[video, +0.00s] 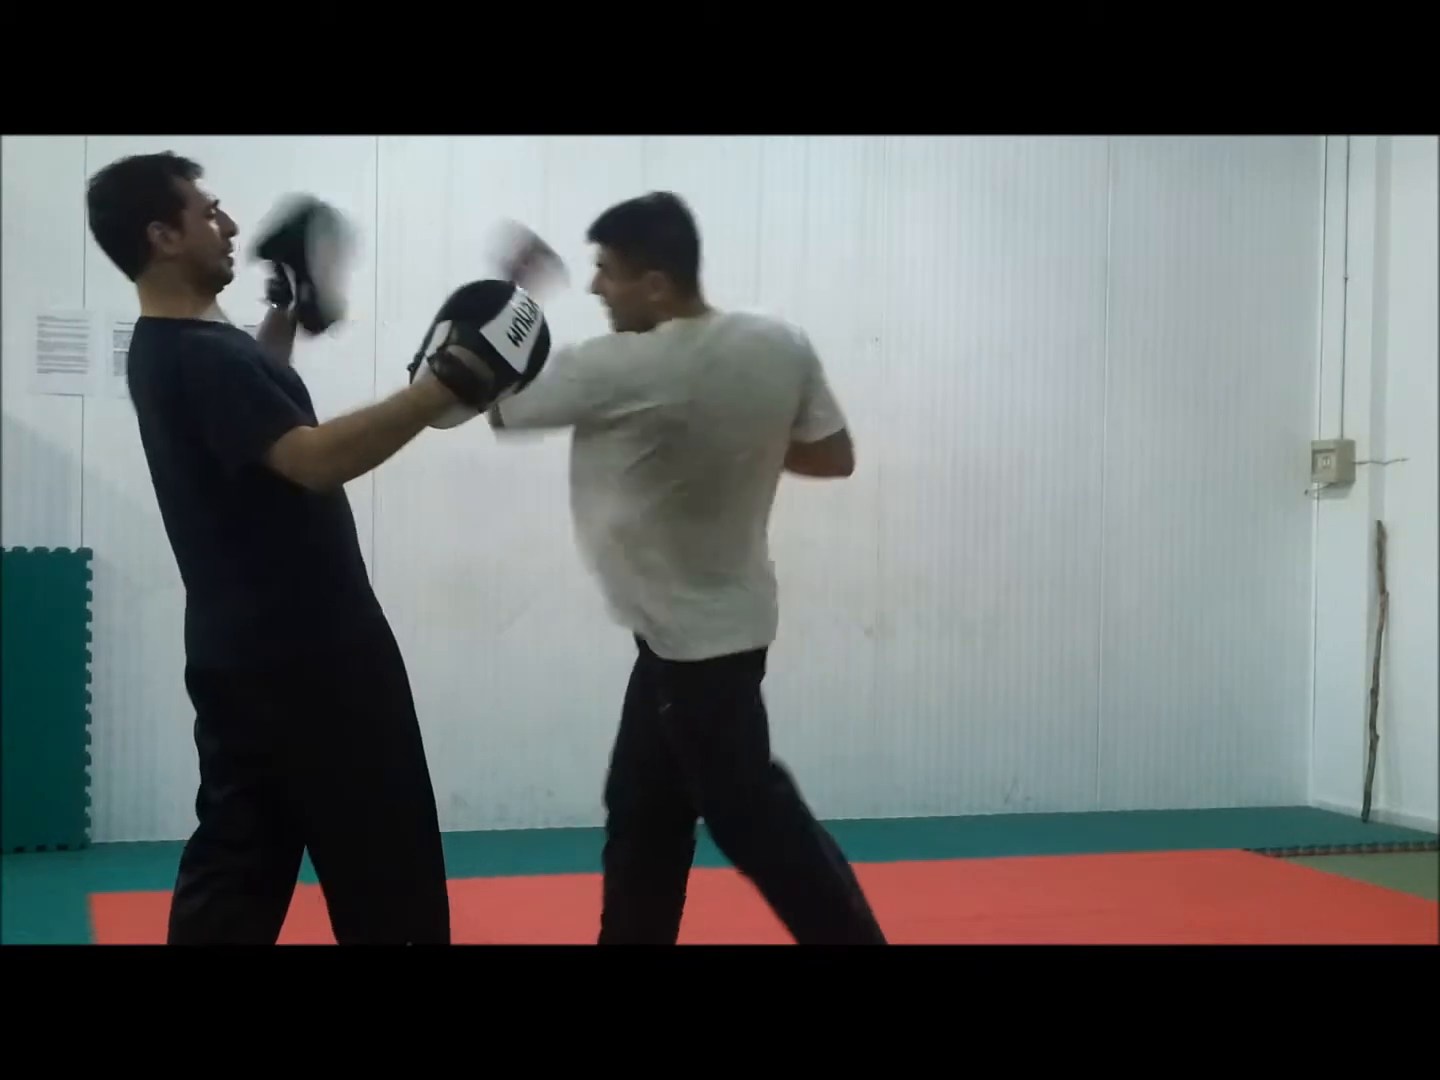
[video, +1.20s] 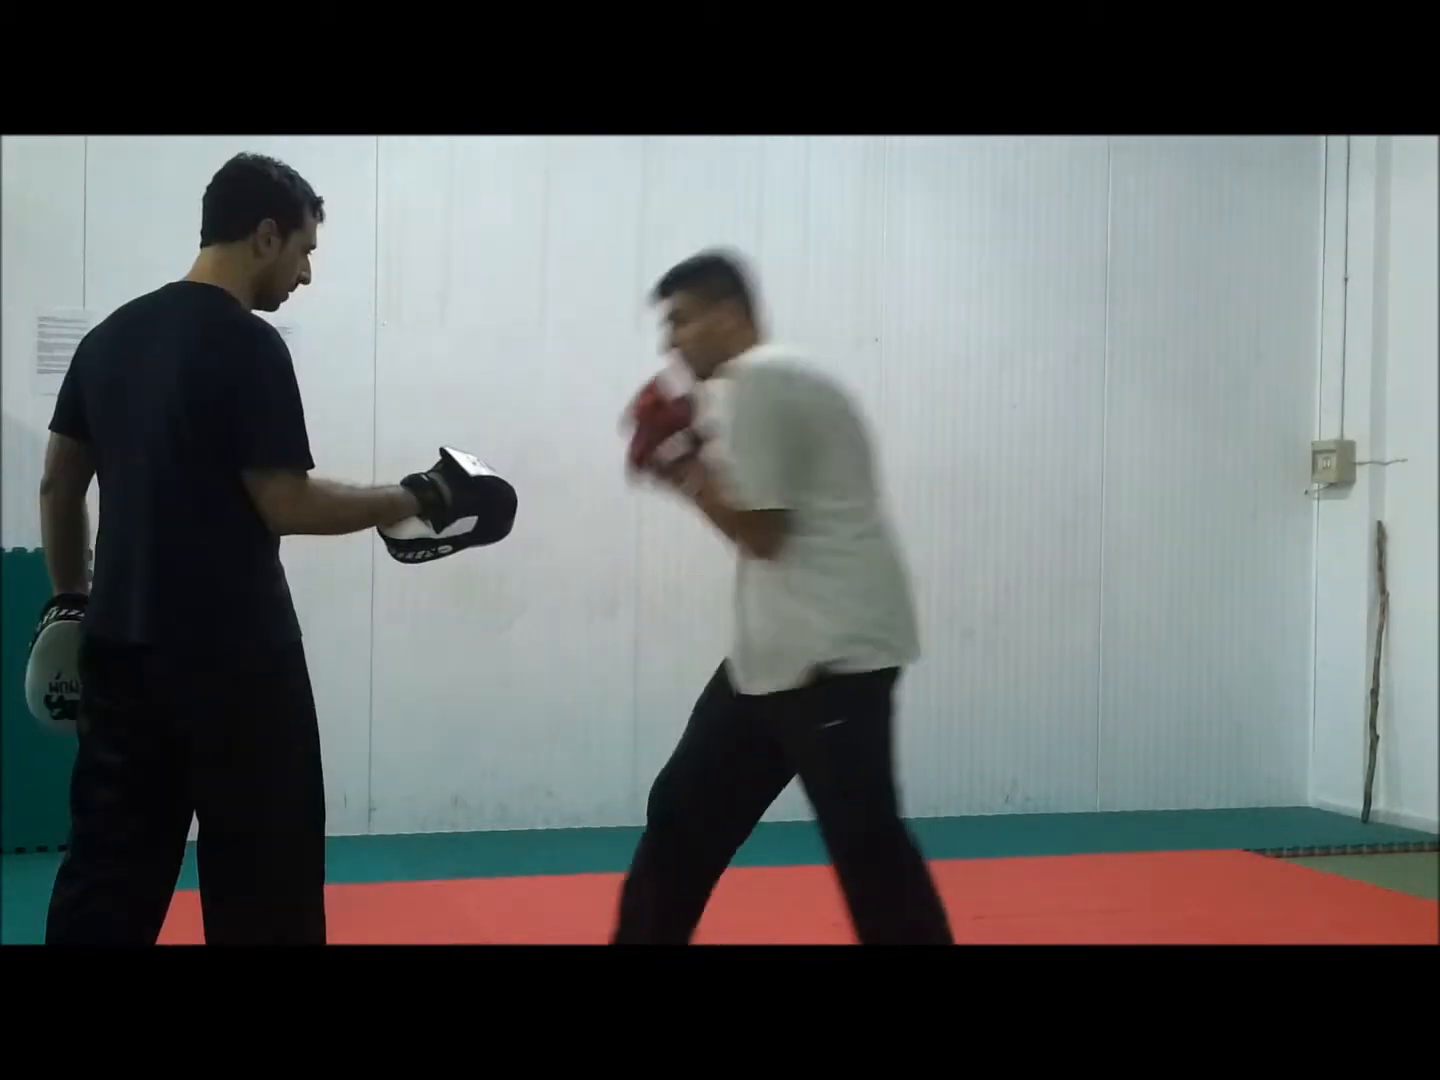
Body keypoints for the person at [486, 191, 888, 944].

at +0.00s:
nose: (596, 284)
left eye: (608, 270)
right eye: (599, 268)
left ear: (656, 280)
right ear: (668, 277)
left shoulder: (616, 366)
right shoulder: (778, 347)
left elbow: (491, 400)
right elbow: (834, 456)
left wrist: (510, 294)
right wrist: (735, 438)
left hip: (690, 638)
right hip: (729, 624)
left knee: (752, 818)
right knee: (643, 817)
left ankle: (851, 939)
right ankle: (632, 943)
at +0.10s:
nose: (580, 300)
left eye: (594, 281)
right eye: (581, 283)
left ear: (648, 284)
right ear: (659, 287)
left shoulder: (612, 386)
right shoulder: (756, 360)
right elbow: (821, 471)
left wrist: (541, 401)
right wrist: (729, 490)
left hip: (683, 649)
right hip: (736, 635)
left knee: (725, 825)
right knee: (614, 809)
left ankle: (843, 942)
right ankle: (625, 945)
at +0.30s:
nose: (668, 293)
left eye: (685, 276)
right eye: (662, 276)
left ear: (728, 281)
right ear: (656, 281)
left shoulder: (784, 381)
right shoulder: (654, 365)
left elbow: (743, 518)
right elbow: (673, 467)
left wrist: (728, 396)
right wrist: (589, 463)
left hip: (756, 652)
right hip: (651, 649)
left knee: (796, 849)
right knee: (594, 845)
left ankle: (857, 942)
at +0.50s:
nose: (789, 316)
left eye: (813, 302)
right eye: (783, 295)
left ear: (855, 310)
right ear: (773, 291)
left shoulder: (869, 399)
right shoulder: (721, 358)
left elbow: (844, 538)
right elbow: (604, 426)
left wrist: (846, 427)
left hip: (806, 659)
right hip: (687, 648)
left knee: (854, 839)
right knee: (638, 850)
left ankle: (894, 946)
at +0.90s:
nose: (778, 218)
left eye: (798, 202)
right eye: (773, 202)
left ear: (851, 211)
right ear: (770, 210)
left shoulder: (913, 323)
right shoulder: (745, 304)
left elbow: (951, 462)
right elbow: (712, 408)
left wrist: (861, 396)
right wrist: (721, 437)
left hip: (864, 603)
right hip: (752, 593)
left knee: (881, 812)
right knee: (717, 790)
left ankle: (904, 942)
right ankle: (717, 938)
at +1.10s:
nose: (735, 317)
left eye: (750, 298)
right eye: (731, 300)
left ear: (803, 296)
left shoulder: (876, 387)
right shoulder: (770, 396)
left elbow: (849, 535)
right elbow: (758, 533)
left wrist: (796, 439)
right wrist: (718, 453)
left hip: (877, 661)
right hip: (789, 654)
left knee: (907, 862)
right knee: (689, 806)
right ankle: (686, 945)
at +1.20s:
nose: (671, 341)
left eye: (681, 320)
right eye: (668, 325)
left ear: (731, 312)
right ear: (733, 319)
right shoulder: (780, 383)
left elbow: (762, 531)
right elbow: (764, 521)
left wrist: (688, 467)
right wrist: (688, 457)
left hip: (831, 660)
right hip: (774, 660)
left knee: (869, 849)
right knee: (683, 820)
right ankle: (641, 941)